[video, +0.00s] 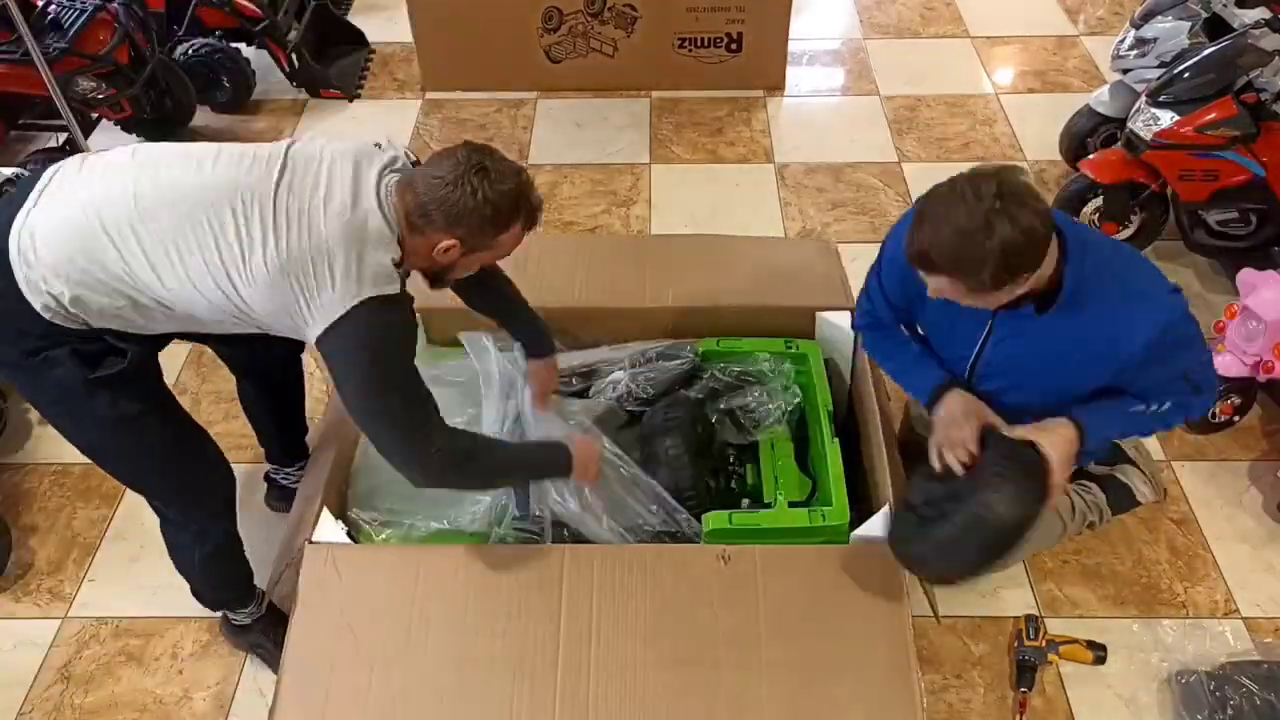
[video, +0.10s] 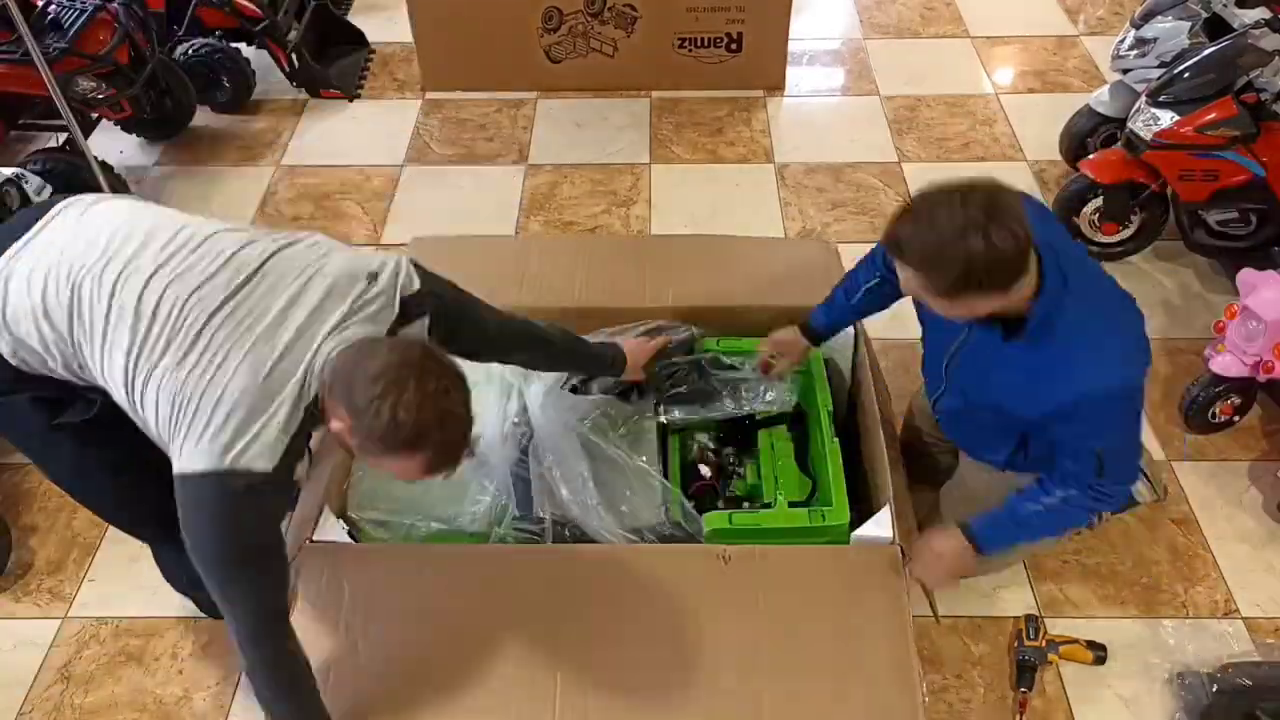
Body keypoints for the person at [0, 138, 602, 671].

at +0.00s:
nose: (499, 266)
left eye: (504, 255)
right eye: (496, 256)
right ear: (444, 250)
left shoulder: (398, 167)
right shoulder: (357, 296)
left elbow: (462, 267)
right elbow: (427, 456)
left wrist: (539, 347)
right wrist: (563, 458)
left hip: (85, 178)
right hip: (34, 285)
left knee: (264, 342)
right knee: (192, 476)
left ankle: (291, 472)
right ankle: (238, 610)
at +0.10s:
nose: (433, 472)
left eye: (442, 456)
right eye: (413, 468)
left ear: (440, 375)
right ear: (339, 427)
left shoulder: (390, 287)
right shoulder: (229, 478)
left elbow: (498, 337)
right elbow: (267, 650)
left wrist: (614, 362)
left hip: (89, 219)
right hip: (18, 316)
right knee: (175, 518)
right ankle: (240, 618)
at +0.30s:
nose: (416, 472)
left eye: (427, 455)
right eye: (394, 470)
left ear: (400, 375)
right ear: (306, 440)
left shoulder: (360, 295)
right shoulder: (174, 496)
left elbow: (435, 297)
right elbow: (127, 604)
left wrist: (540, 370)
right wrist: (228, 711)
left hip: (74, 219)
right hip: (8, 314)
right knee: (164, 525)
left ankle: (286, 470)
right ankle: (254, 610)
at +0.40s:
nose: (445, 410)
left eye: (466, 394)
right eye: (444, 403)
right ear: (396, 392)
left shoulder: (410, 283)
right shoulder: (228, 423)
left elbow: (509, 359)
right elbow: (189, 590)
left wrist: (608, 404)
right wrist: (228, 719)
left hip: (101, 204)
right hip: (24, 289)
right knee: (169, 497)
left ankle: (285, 468)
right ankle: (239, 595)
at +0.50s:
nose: (479, 350)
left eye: (492, 338)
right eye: (473, 340)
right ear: (416, 327)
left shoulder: (393, 252)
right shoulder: (232, 332)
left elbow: (504, 334)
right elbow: (86, 432)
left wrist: (624, 398)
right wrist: (115, 567)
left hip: (124, 202)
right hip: (41, 282)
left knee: (303, 343)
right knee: (181, 474)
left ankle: (292, 479)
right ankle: (250, 611)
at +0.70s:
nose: (458, 362)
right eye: (456, 355)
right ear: (433, 351)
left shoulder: (401, 227)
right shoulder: (262, 391)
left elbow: (449, 309)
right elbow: (154, 507)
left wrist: (505, 383)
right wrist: (162, 665)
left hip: (97, 193)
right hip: (28, 287)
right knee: (178, 495)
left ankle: (287, 468)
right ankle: (254, 609)